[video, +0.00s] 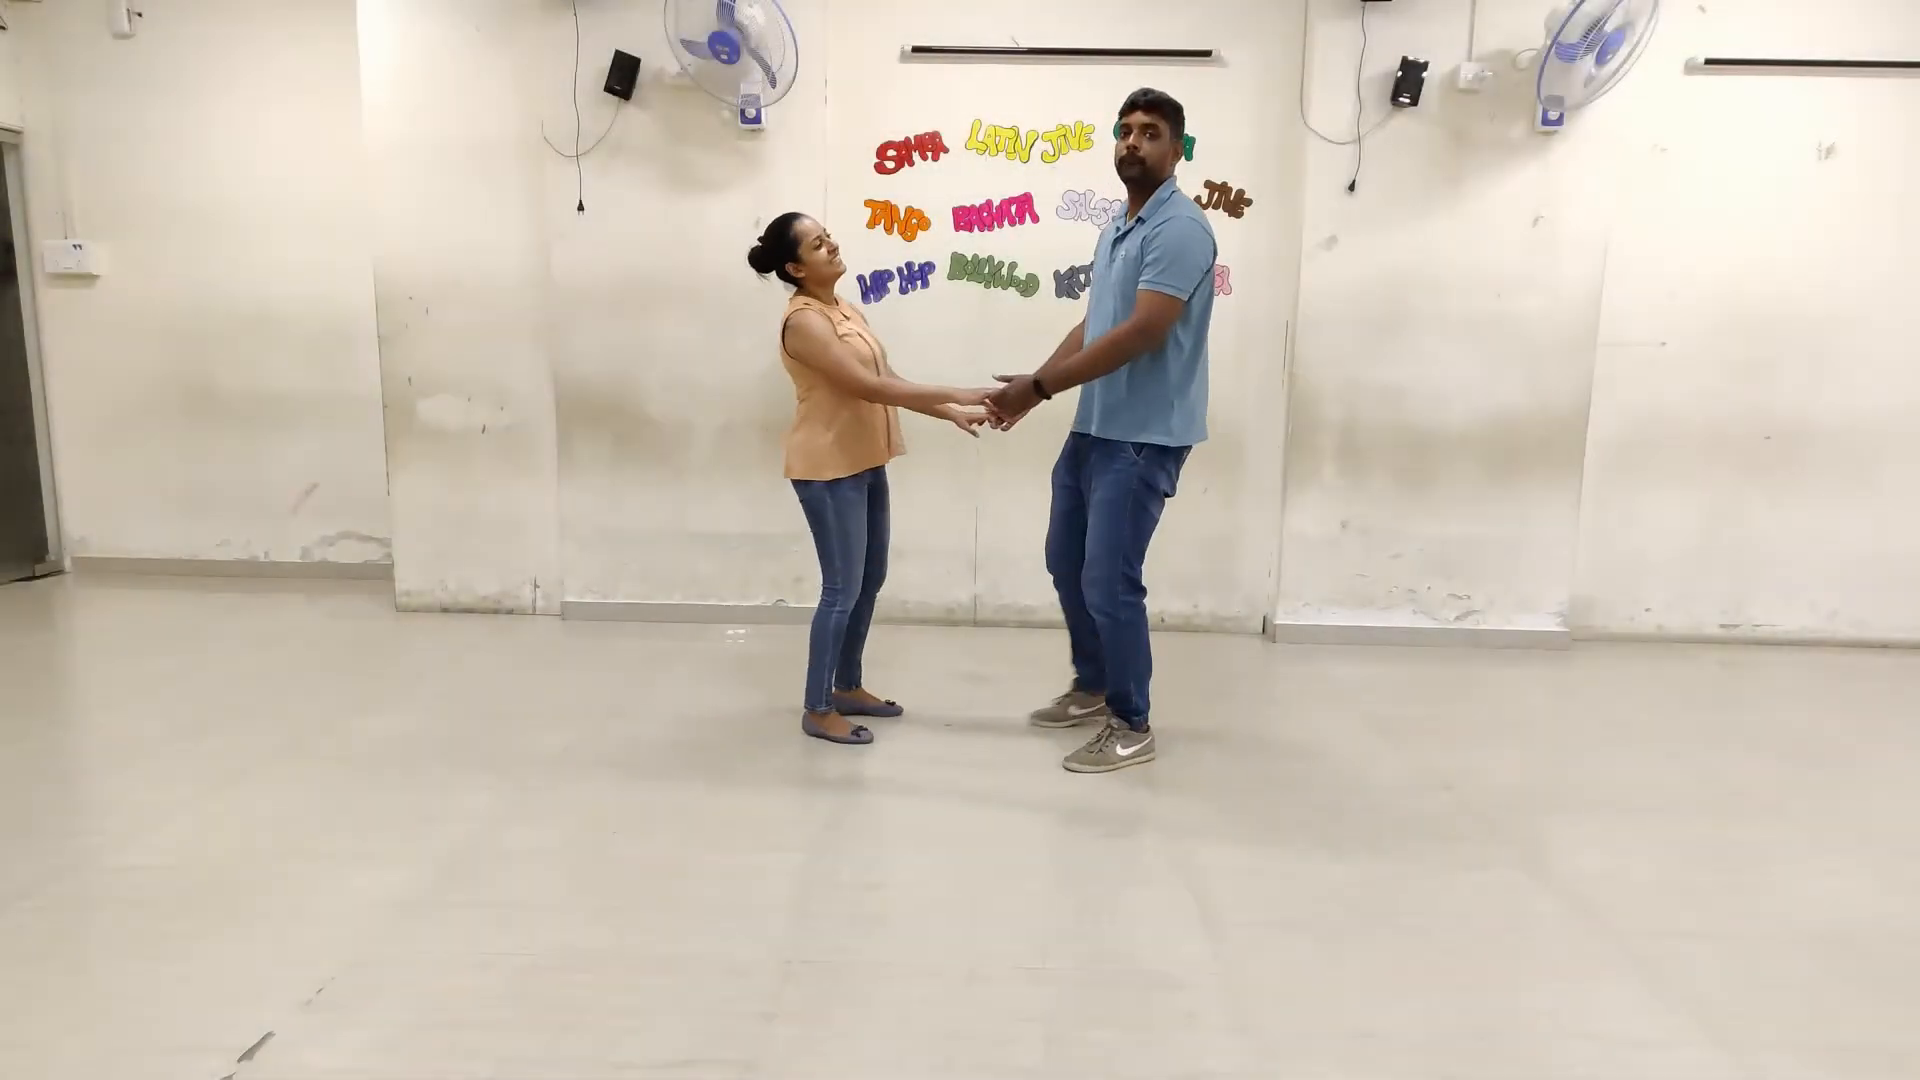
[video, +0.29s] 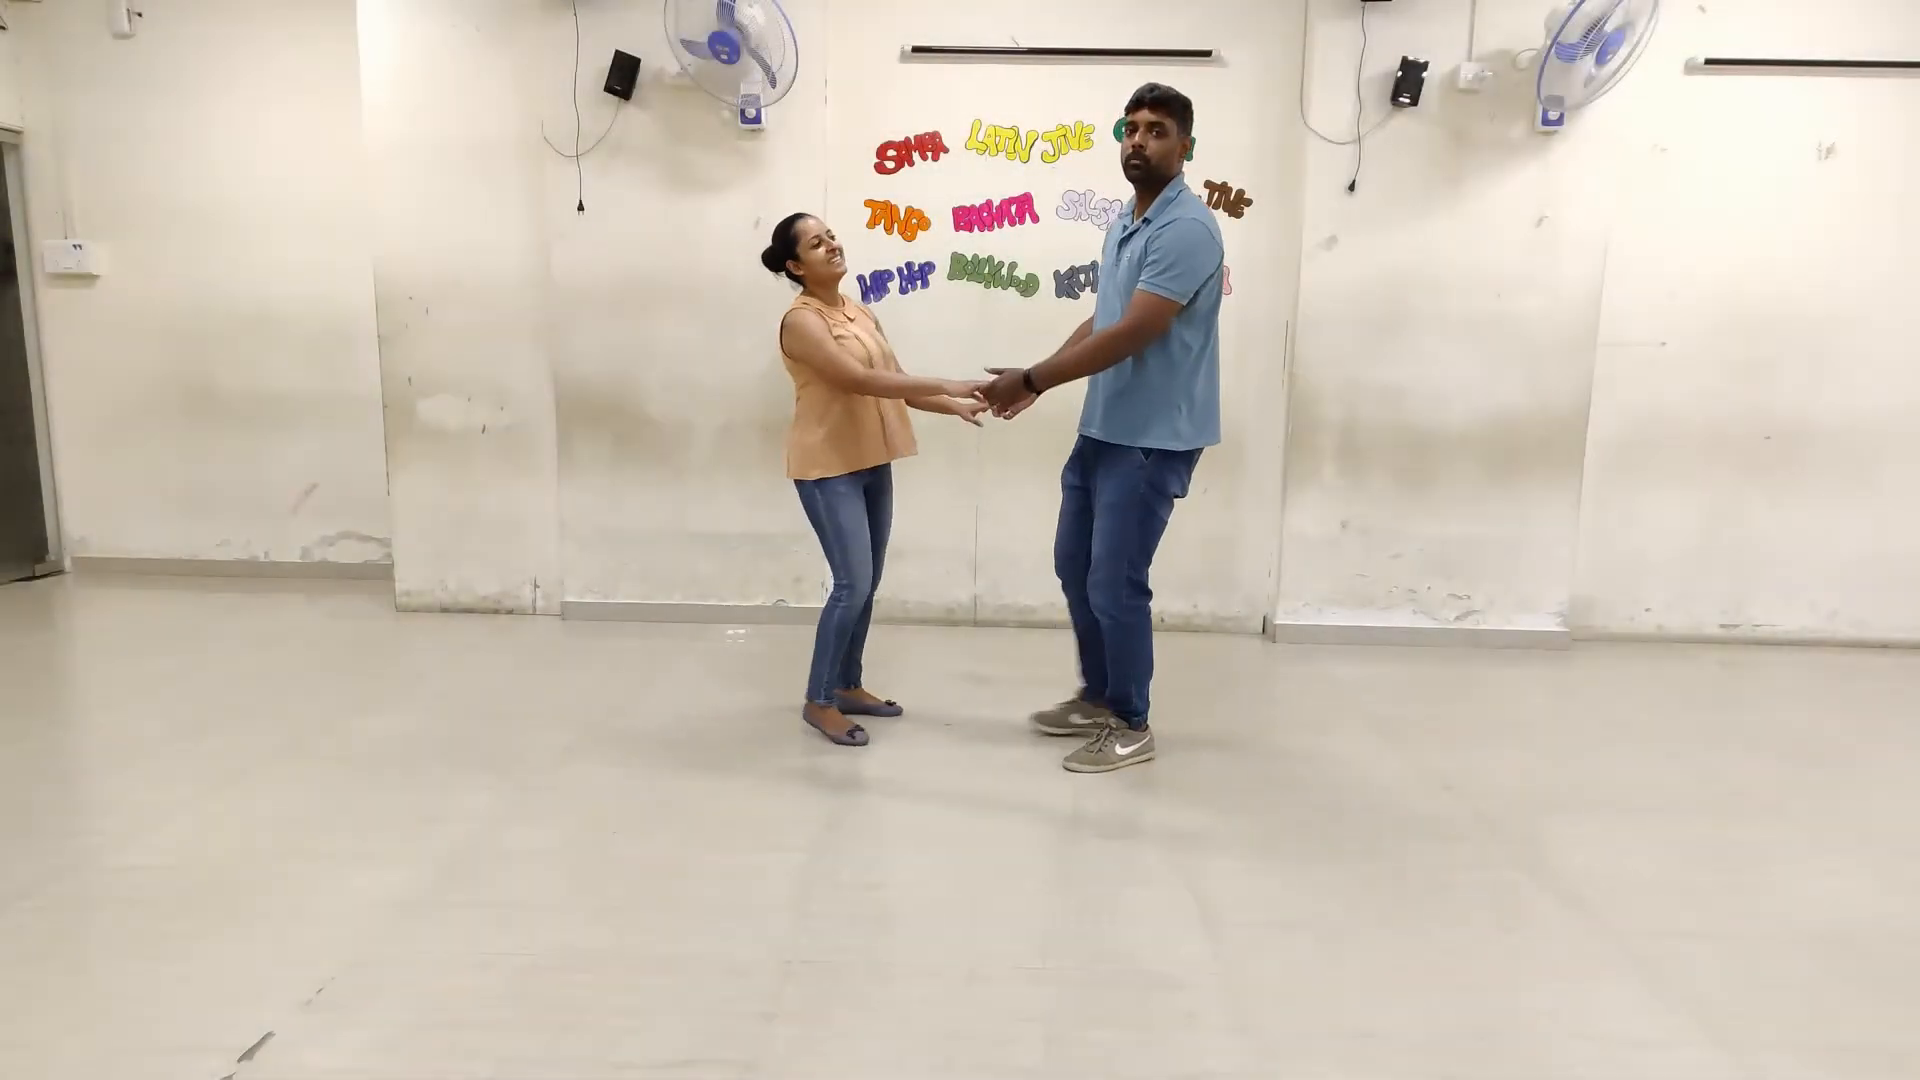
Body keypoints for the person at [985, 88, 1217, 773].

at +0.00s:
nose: (1133, 143)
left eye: (1150, 134)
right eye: (1126, 133)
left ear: (1177, 150)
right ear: (1115, 146)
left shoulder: (1183, 228)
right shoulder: (1116, 232)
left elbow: (1147, 330)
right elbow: (1090, 328)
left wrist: (1044, 384)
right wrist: (1032, 386)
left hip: (1145, 436)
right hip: (1095, 428)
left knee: (1111, 580)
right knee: (1067, 560)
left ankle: (1132, 727)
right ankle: (1096, 687)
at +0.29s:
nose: (1138, 141)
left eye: (1155, 132)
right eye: (1130, 130)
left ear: (1185, 147)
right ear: (1120, 142)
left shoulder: (1189, 227)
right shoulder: (1125, 225)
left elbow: (1139, 331)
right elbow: (1101, 324)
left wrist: (1036, 377)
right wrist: (1034, 380)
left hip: (1156, 435)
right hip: (1105, 426)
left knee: (1117, 579)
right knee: (1075, 564)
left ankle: (1132, 728)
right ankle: (1102, 700)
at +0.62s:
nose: (1152, 155)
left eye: (1168, 146)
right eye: (1151, 145)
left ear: (1208, 160)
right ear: (1152, 158)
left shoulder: (1210, 241)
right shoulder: (1166, 237)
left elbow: (1147, 338)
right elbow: (1116, 326)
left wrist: (1044, 383)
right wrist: (1034, 373)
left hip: (1178, 445)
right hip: (1161, 441)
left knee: (1114, 580)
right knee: (1167, 576)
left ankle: (1127, 727)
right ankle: (1225, 709)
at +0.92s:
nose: (1148, 157)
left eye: (1164, 147)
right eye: (1151, 147)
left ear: (1203, 159)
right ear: (1189, 161)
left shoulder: (1214, 231)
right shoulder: (1184, 232)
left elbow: (1164, 334)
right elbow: (1139, 322)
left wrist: (1062, 350)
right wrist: (1055, 341)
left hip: (1208, 436)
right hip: (1204, 433)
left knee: (1133, 561)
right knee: (1195, 571)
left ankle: (1138, 717)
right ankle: (1230, 709)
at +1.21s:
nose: (1101, 179)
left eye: (1113, 168)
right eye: (1103, 168)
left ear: (1149, 177)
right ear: (1143, 180)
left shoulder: (1168, 255)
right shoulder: (1145, 252)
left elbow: (1150, 366)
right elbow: (1117, 354)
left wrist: (1060, 413)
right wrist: (1048, 397)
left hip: (1155, 450)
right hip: (1159, 448)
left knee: (1074, 569)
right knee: (1145, 584)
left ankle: (1086, 713)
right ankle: (1223, 708)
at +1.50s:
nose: (1040, 156)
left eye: (1053, 146)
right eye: (1043, 146)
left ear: (1090, 156)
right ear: (1087, 158)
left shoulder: (1103, 223)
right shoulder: (1098, 219)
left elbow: (1128, 325)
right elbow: (1113, 326)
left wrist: (1036, 353)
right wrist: (1035, 351)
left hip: (1104, 428)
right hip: (1105, 423)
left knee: (1055, 562)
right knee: (1068, 556)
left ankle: (1085, 711)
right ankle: (1107, 683)